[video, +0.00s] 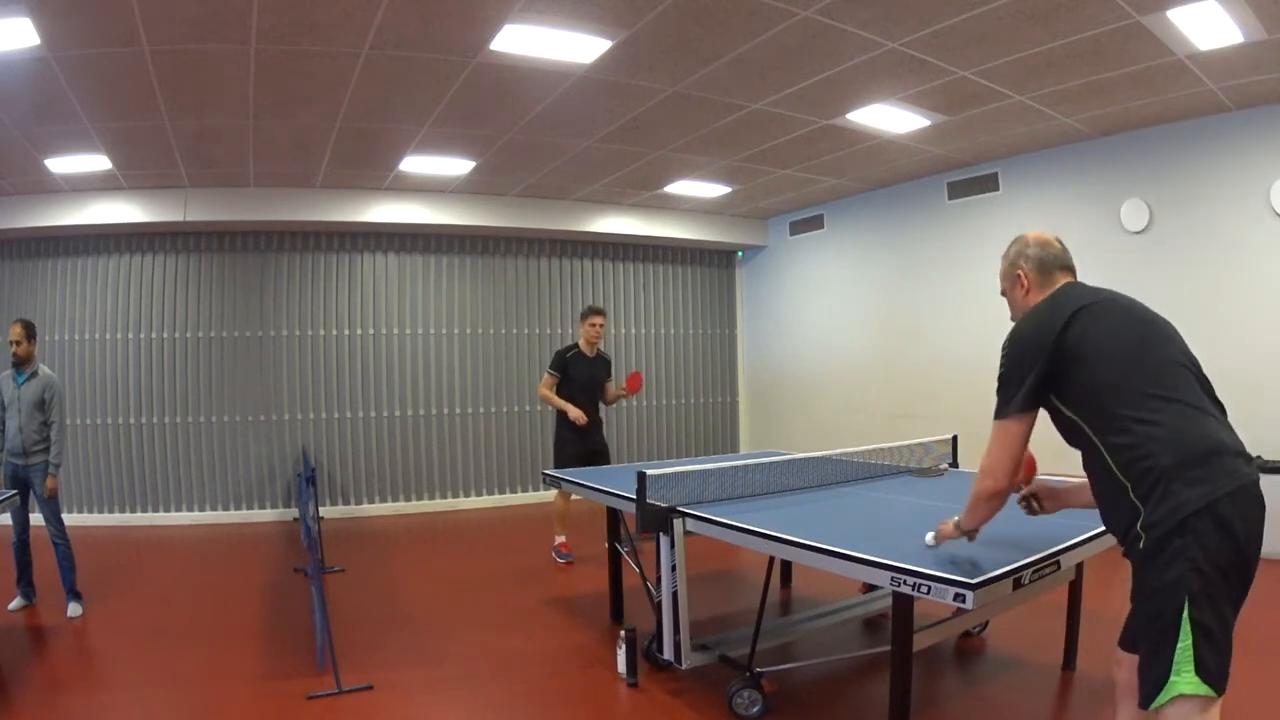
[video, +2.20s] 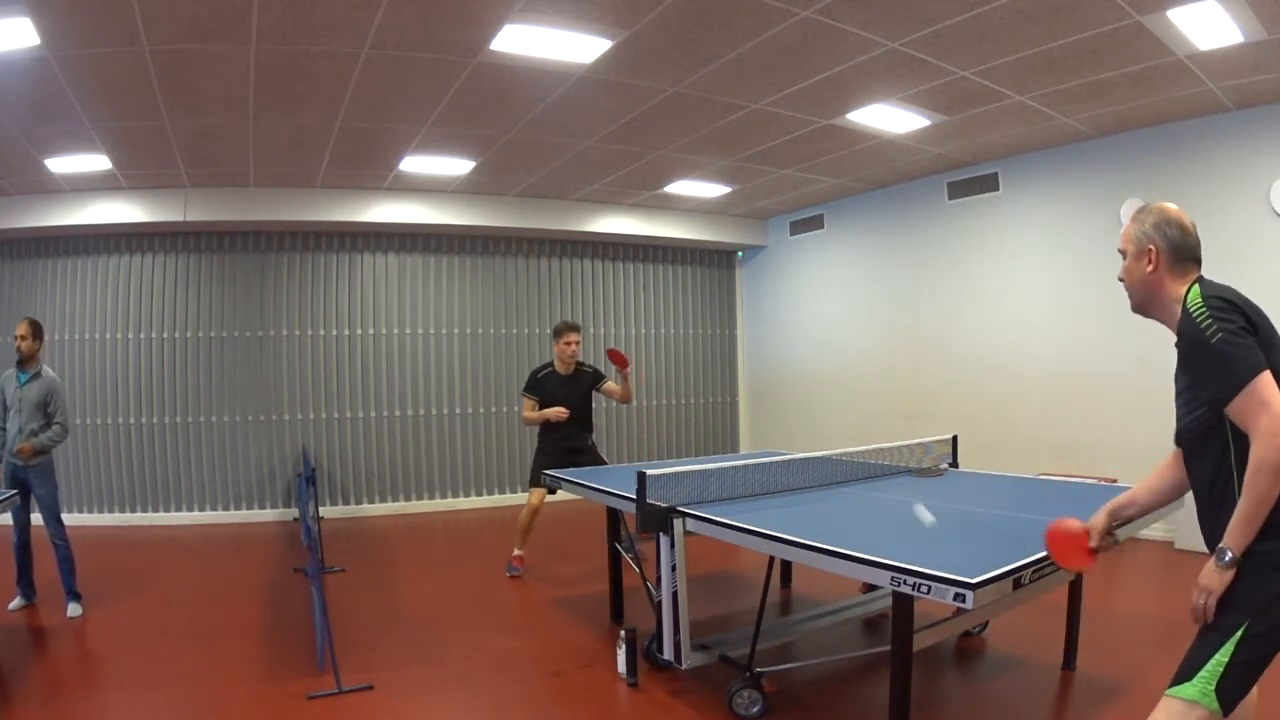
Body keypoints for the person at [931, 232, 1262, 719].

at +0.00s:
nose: (1009, 313)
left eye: (1006, 297)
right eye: (1005, 299)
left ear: (1022, 281)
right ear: (1069, 275)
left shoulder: (1034, 332)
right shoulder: (1119, 312)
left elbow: (996, 479)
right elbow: (1159, 466)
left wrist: (965, 525)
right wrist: (1063, 496)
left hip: (1188, 510)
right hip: (1227, 493)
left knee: (1184, 703)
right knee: (1133, 666)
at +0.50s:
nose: (1037, 246)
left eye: (1038, 229)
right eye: (1037, 230)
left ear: (1058, 227)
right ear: (1111, 224)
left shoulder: (1078, 308)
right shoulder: (1168, 282)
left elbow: (1071, 482)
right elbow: (1193, 420)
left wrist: (1037, 559)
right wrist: (1109, 452)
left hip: (1207, 536)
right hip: (1264, 518)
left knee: (1143, 707)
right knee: (1181, 703)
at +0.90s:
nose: (1104, 196)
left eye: (1104, 178)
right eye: (1102, 181)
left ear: (1128, 175)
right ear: (1182, 173)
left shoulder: (1156, 267)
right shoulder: (1229, 241)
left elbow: (1100, 450)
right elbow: (1251, 397)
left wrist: (1042, 490)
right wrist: (1181, 490)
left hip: (1258, 542)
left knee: (1209, 709)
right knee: (1249, 703)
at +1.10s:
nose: (1135, 187)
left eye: (1136, 169)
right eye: (1134, 171)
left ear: (1162, 168)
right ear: (1207, 167)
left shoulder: (1201, 254)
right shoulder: (1250, 236)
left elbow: (1170, 443)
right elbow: (1243, 411)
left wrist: (1112, 478)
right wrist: (1148, 473)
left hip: (1269, 544)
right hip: (1269, 535)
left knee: (1225, 710)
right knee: (1246, 703)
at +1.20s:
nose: (1146, 184)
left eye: (1149, 163)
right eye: (1147, 165)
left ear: (1177, 165)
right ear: (1208, 164)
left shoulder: (1220, 252)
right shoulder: (1256, 234)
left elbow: (1228, 432)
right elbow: (1228, 382)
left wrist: (1138, 488)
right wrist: (1137, 408)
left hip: (1269, 546)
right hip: (1272, 538)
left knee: (1213, 708)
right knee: (1252, 701)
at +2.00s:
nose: (1129, 253)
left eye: (1132, 237)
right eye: (1130, 238)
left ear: (1153, 240)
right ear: (1190, 237)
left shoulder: (1190, 306)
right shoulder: (1224, 292)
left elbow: (1244, 437)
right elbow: (1246, 423)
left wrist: (1198, 561)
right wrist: (1171, 481)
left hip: (1257, 554)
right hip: (1268, 542)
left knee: (1160, 707)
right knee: (1235, 670)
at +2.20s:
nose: (1118, 273)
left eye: (1124, 257)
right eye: (1119, 257)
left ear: (1151, 260)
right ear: (1157, 260)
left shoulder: (1207, 319)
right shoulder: (1199, 323)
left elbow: (1272, 428)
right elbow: (1192, 456)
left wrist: (1225, 556)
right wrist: (1112, 513)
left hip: (1267, 563)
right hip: (1260, 559)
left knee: (1181, 709)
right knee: (1197, 703)